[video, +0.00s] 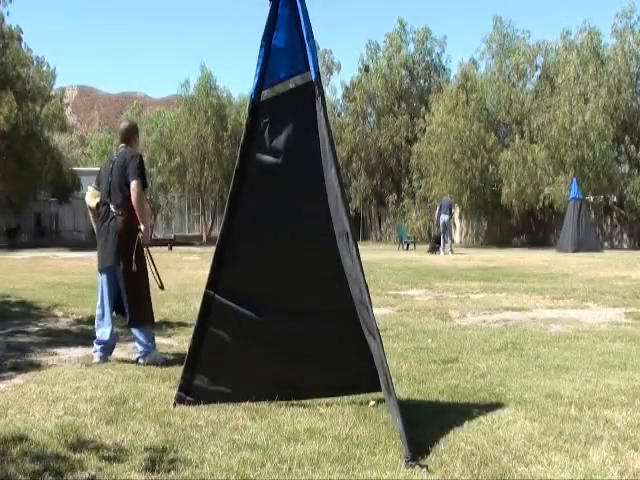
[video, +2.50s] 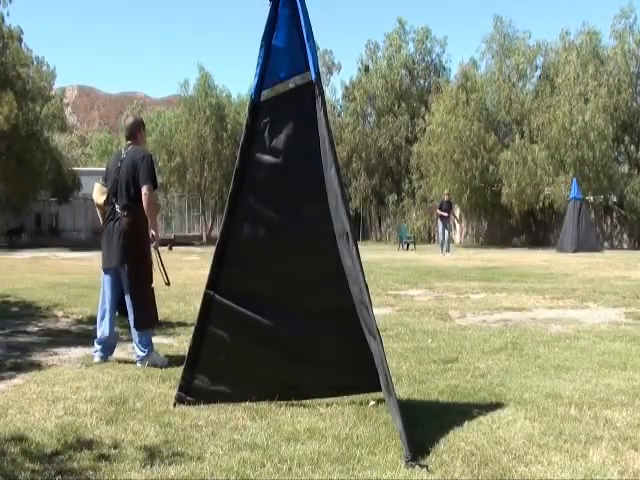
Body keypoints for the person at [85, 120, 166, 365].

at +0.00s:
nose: (140, 141)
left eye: (138, 137)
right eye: (139, 138)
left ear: (119, 139)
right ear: (136, 138)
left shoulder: (107, 163)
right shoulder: (133, 158)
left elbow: (92, 200)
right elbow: (136, 195)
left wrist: (100, 228)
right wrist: (145, 225)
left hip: (105, 234)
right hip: (125, 232)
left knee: (106, 295)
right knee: (135, 291)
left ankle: (101, 348)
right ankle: (146, 349)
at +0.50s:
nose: (145, 136)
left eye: (141, 133)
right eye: (144, 133)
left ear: (125, 135)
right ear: (142, 134)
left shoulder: (113, 160)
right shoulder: (146, 157)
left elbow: (98, 198)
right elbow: (151, 194)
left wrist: (105, 231)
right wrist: (158, 226)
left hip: (115, 231)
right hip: (138, 233)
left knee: (110, 293)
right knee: (141, 292)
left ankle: (102, 348)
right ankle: (144, 351)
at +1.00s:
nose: (143, 134)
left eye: (140, 131)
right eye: (143, 131)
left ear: (123, 133)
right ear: (140, 132)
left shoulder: (113, 160)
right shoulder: (144, 156)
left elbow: (98, 198)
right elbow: (150, 194)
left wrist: (105, 230)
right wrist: (158, 227)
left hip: (114, 231)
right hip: (137, 231)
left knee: (110, 293)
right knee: (141, 292)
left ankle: (102, 348)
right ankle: (144, 350)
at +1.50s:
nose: (145, 135)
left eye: (143, 132)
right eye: (144, 132)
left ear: (125, 135)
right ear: (140, 133)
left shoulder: (113, 160)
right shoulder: (144, 155)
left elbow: (99, 197)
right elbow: (149, 193)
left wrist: (105, 228)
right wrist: (156, 227)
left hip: (112, 230)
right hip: (134, 230)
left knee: (109, 294)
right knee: (138, 293)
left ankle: (102, 349)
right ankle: (144, 351)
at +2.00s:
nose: (146, 135)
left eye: (143, 132)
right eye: (145, 132)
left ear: (126, 135)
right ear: (141, 133)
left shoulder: (114, 159)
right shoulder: (144, 156)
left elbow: (98, 196)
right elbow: (149, 193)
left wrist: (105, 226)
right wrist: (156, 226)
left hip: (112, 229)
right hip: (134, 230)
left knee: (109, 294)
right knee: (138, 292)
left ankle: (101, 349)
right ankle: (144, 351)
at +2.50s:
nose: (146, 136)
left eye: (144, 132)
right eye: (145, 132)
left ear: (126, 134)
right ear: (140, 133)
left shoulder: (114, 158)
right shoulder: (143, 156)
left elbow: (99, 194)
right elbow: (147, 194)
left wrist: (106, 223)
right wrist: (154, 227)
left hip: (111, 228)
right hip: (133, 228)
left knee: (109, 292)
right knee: (137, 291)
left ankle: (101, 348)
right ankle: (144, 351)